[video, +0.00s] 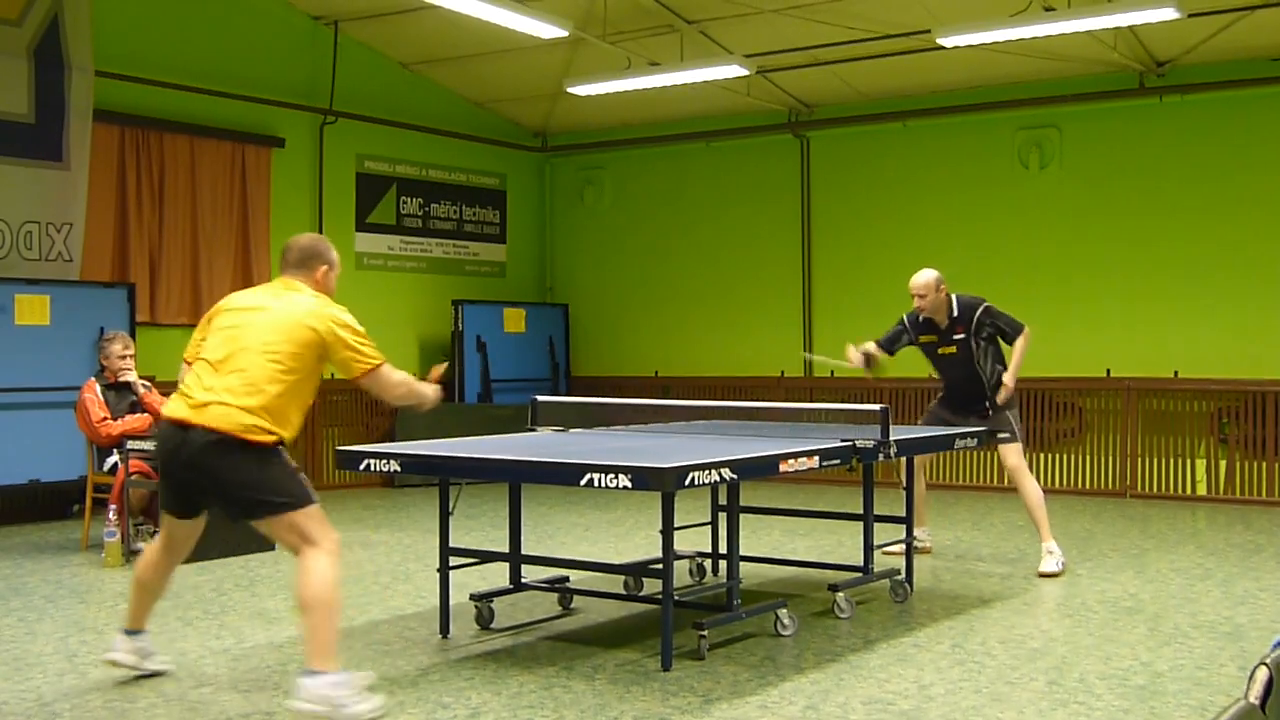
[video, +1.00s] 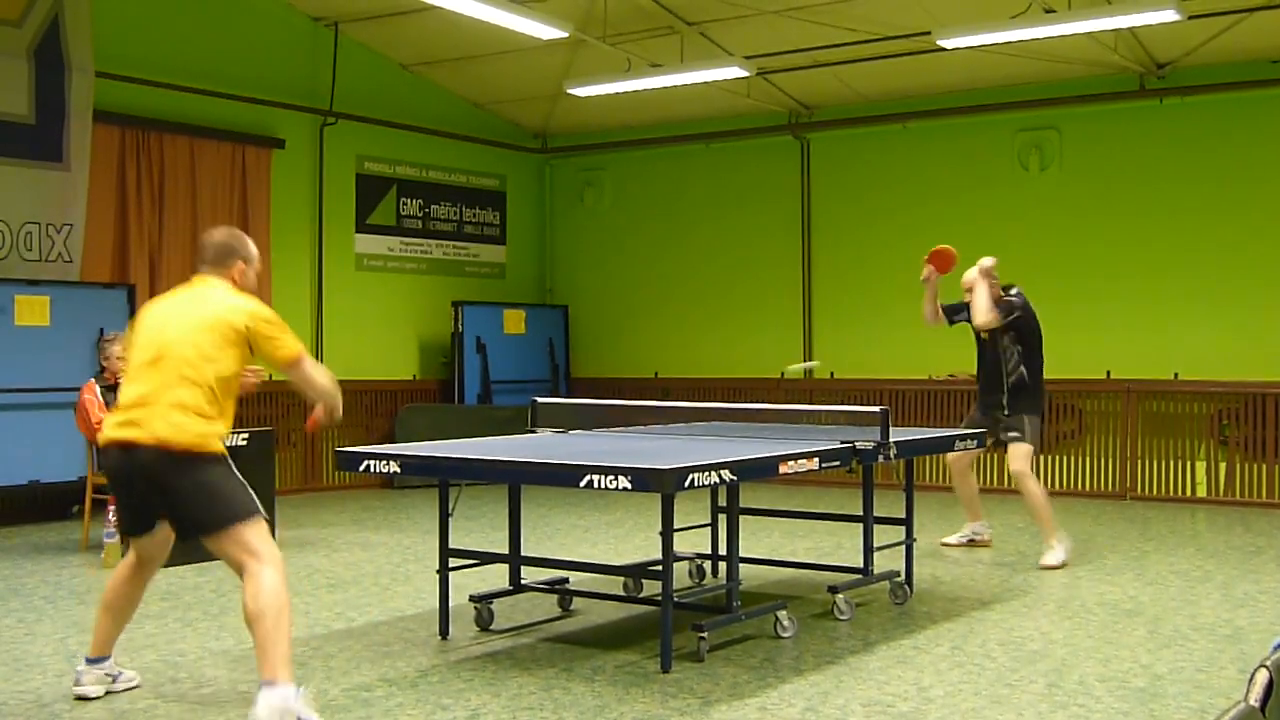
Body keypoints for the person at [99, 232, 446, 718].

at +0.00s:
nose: (335, 284)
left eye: (335, 276)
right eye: (335, 276)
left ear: (286, 268)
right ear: (323, 273)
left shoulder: (232, 301)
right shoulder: (325, 315)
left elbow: (189, 370)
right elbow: (390, 386)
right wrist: (428, 393)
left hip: (177, 436)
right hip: (239, 445)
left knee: (171, 539)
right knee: (318, 544)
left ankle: (130, 638)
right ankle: (322, 675)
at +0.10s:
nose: (317, 300)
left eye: (317, 291)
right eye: (317, 291)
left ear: (266, 285)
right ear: (305, 289)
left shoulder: (218, 319)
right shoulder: (303, 334)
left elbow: (209, 384)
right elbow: (361, 422)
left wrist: (286, 400)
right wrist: (374, 408)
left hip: (160, 459)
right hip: (217, 466)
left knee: (159, 553)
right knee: (298, 566)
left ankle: (98, 655)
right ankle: (287, 693)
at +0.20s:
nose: (293, 315)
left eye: (292, 307)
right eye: (292, 307)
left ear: (243, 302)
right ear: (279, 306)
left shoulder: (190, 338)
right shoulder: (279, 349)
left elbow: (167, 403)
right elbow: (329, 437)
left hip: (145, 476)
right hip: (213, 481)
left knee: (156, 557)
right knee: (303, 573)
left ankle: (94, 659)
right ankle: (287, 694)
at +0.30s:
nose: (251, 317)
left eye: (251, 311)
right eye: (250, 310)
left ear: (196, 305)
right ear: (237, 308)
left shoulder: (149, 346)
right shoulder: (251, 351)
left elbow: (146, 414)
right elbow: (305, 428)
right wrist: (267, 453)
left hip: (134, 499)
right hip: (207, 499)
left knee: (127, 552)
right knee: (295, 577)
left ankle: (89, 659)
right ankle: (286, 694)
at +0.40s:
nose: (226, 317)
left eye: (223, 311)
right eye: (225, 311)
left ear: (173, 310)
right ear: (215, 311)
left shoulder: (128, 344)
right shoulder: (236, 346)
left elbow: (89, 391)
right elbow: (309, 386)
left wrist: (138, 404)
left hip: (121, 491)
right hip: (192, 493)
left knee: (113, 551)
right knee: (278, 576)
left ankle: (88, 660)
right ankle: (284, 693)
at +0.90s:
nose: (243, 266)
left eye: (243, 258)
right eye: (242, 258)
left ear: (190, 255)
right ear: (228, 256)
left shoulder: (136, 300)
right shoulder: (236, 297)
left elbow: (108, 372)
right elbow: (308, 363)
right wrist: (336, 381)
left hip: (114, 440)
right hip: (179, 437)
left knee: (131, 549)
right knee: (260, 540)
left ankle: (92, 663)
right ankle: (280, 671)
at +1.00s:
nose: (259, 276)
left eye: (258, 267)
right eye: (256, 267)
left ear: (203, 266)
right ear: (240, 268)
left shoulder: (153, 307)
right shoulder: (245, 308)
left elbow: (145, 372)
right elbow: (315, 380)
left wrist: (227, 377)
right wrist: (332, 404)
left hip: (120, 446)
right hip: (186, 449)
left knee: (147, 549)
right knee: (260, 559)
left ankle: (95, 666)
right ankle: (278, 691)